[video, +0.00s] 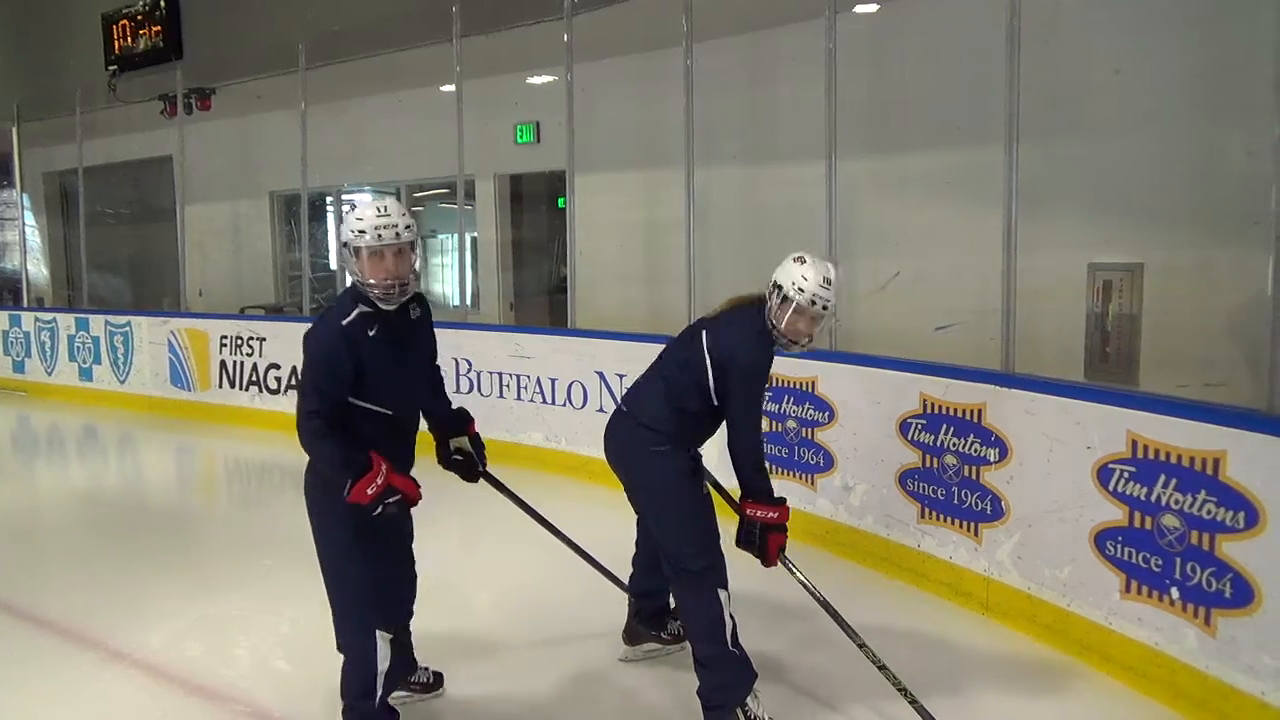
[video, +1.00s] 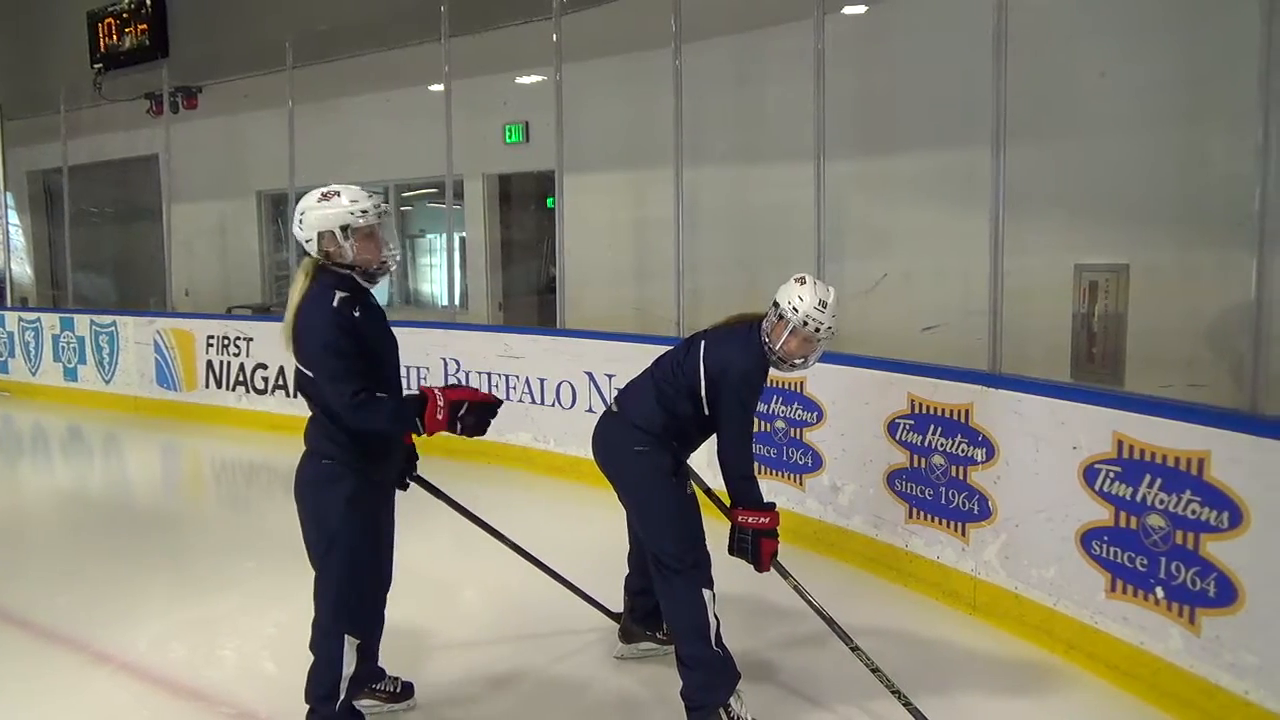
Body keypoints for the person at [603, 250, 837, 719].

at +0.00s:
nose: (800, 325)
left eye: (812, 318)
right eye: (796, 311)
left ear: (823, 320)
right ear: (775, 298)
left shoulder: (743, 319)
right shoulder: (750, 343)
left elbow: (685, 373)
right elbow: (744, 434)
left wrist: (684, 443)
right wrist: (762, 504)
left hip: (632, 432)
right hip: (657, 444)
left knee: (660, 529)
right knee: (700, 569)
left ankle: (647, 620)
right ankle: (727, 701)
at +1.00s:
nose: (794, 345)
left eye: (806, 339)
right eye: (791, 331)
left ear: (819, 344)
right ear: (774, 320)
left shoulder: (744, 336)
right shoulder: (744, 361)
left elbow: (682, 379)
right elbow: (734, 447)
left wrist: (673, 445)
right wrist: (753, 515)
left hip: (625, 433)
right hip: (642, 445)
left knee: (652, 534)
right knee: (686, 566)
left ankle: (641, 623)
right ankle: (710, 702)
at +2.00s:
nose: (781, 347)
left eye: (794, 340)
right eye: (777, 332)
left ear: (808, 343)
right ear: (761, 319)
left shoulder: (732, 340)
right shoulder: (729, 362)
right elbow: (720, 447)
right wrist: (739, 517)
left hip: (614, 434)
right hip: (625, 445)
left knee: (638, 532)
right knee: (671, 568)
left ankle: (630, 621)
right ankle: (696, 703)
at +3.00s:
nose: (774, 347)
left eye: (788, 341)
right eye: (771, 333)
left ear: (801, 344)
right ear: (754, 319)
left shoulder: (725, 340)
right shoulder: (725, 363)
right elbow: (714, 449)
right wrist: (733, 517)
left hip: (604, 434)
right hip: (620, 445)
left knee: (631, 534)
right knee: (665, 569)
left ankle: (622, 624)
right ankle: (689, 703)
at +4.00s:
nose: (776, 348)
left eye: (790, 342)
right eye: (773, 334)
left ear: (803, 346)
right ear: (757, 320)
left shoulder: (725, 341)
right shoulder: (726, 363)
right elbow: (715, 448)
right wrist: (733, 517)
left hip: (604, 435)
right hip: (621, 446)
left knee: (631, 535)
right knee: (666, 570)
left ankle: (622, 623)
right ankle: (690, 703)